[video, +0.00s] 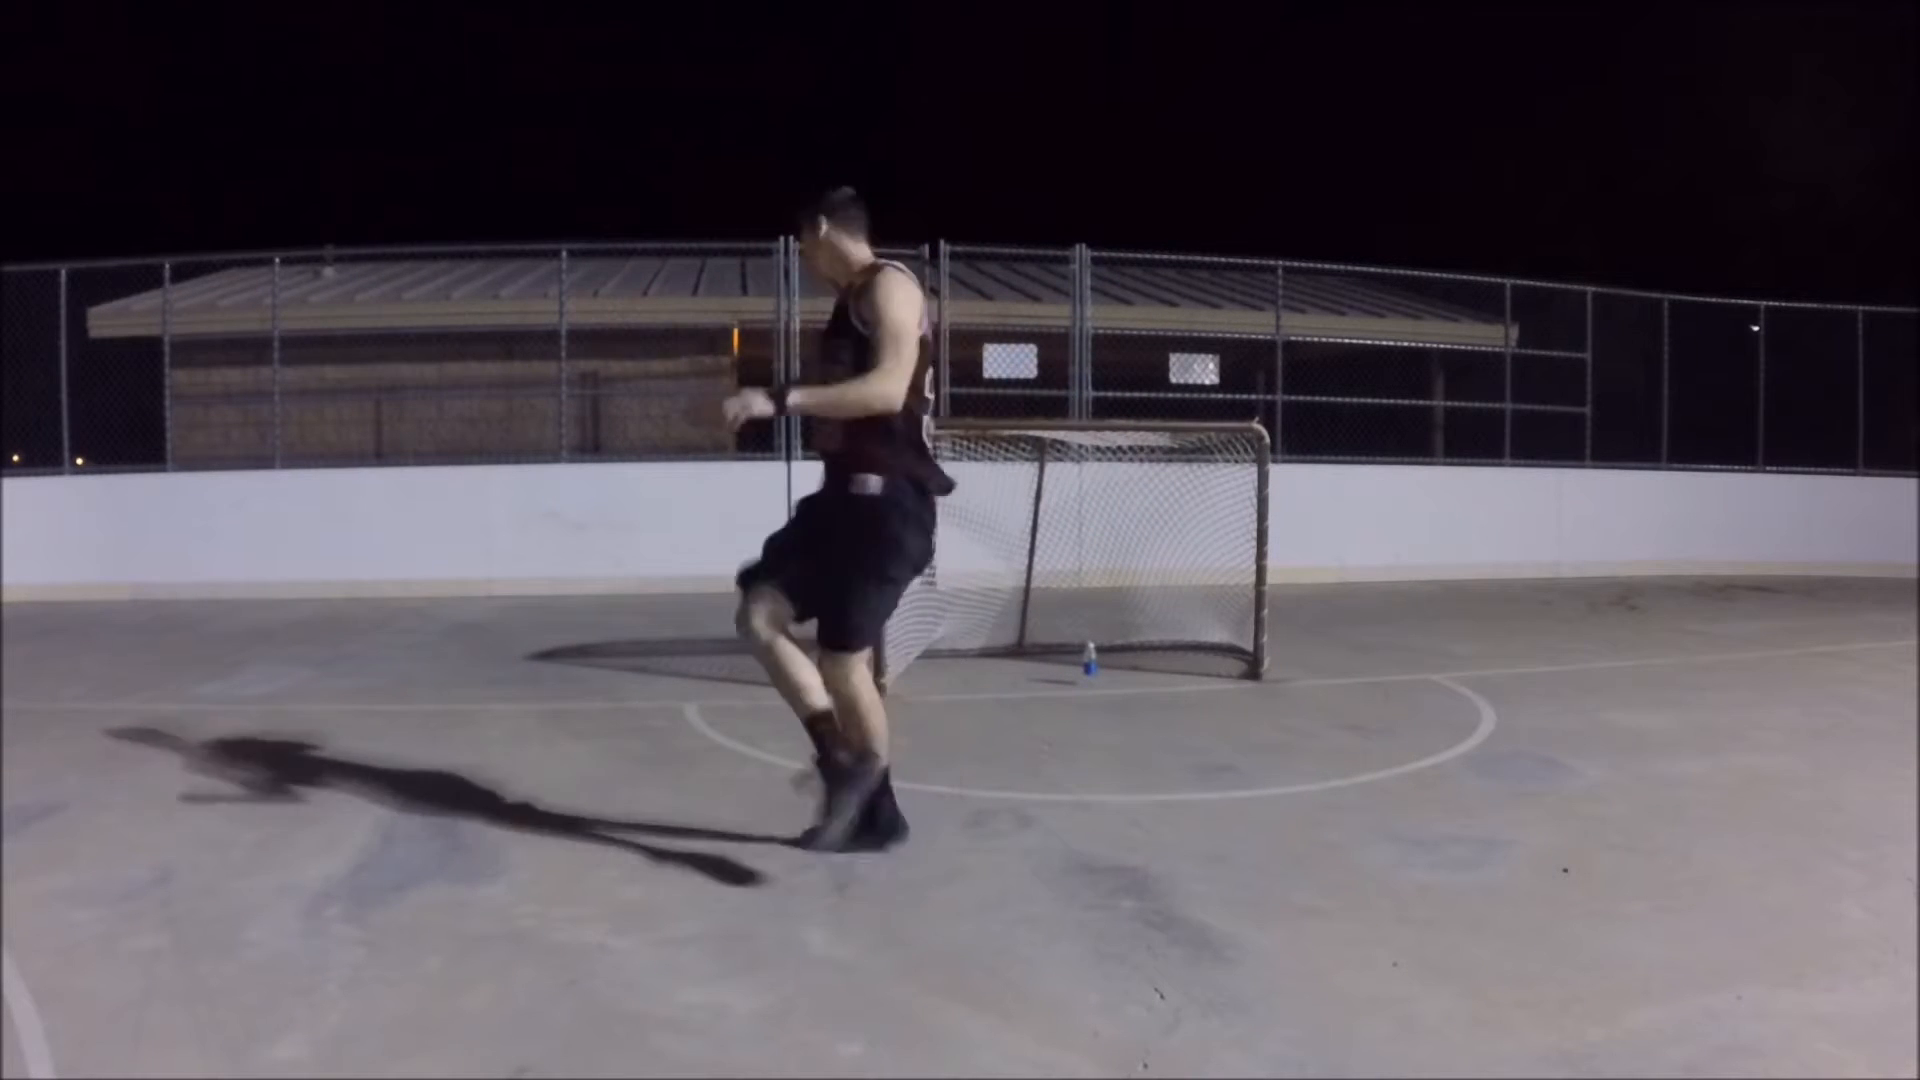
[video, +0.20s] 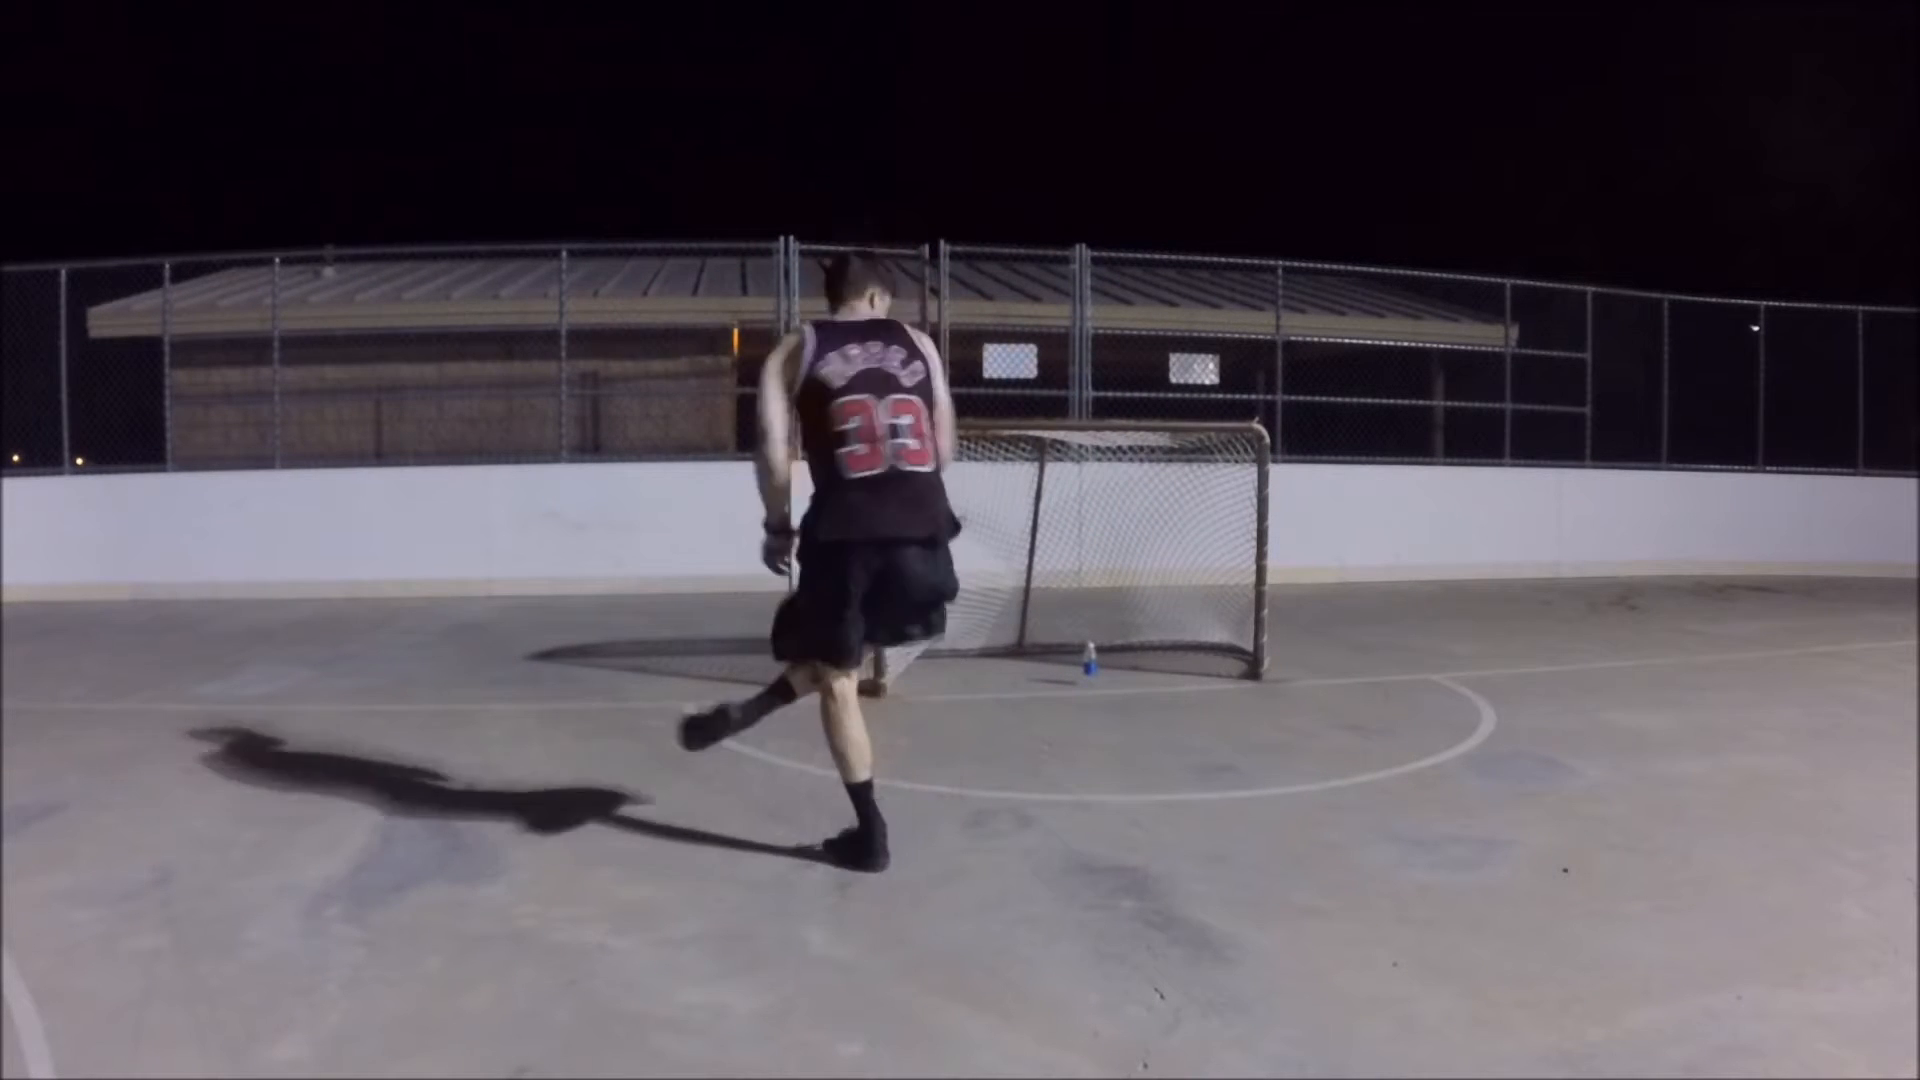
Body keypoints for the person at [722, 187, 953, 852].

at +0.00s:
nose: (806, 258)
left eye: (806, 243)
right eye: (804, 245)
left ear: (827, 233)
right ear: (845, 231)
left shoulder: (892, 287)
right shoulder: (853, 299)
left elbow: (887, 389)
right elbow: (867, 398)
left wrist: (782, 400)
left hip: (884, 506)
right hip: (843, 500)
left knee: (845, 663)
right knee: (761, 614)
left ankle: (878, 808)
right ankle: (840, 758)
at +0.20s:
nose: (892, 310)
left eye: (888, 305)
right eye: (891, 303)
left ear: (827, 300)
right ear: (878, 299)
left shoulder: (790, 353)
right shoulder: (920, 344)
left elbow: (777, 459)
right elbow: (944, 448)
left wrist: (777, 525)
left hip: (843, 544)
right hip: (922, 544)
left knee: (839, 684)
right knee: (839, 648)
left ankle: (870, 835)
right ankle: (736, 717)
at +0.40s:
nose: (935, 245)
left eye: (938, 233)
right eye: (924, 232)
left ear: (900, 239)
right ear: (890, 231)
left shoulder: (857, 282)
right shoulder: (883, 269)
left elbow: (834, 395)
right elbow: (874, 361)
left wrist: (905, 421)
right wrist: (921, 366)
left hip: (806, 476)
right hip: (844, 473)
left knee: (848, 633)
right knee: (929, 605)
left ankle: (828, 794)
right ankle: (896, 734)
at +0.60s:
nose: (897, 257)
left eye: (906, 244)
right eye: (885, 246)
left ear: (921, 245)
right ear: (863, 247)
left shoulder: (920, 313)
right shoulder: (823, 302)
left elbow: (932, 362)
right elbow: (770, 393)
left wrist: (997, 395)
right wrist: (840, 418)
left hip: (884, 492)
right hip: (816, 493)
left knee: (857, 636)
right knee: (874, 626)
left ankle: (842, 775)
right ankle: (956, 781)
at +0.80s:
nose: (855, 279)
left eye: (866, 263)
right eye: (841, 266)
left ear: (884, 252)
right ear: (823, 262)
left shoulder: (921, 304)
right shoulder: (797, 321)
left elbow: (1003, 351)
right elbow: (737, 394)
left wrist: (1080, 360)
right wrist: (680, 442)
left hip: (902, 513)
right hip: (826, 513)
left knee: (875, 669)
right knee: (820, 655)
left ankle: (850, 773)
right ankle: (827, 810)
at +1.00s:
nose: (839, 281)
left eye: (846, 263)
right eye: (824, 270)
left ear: (870, 246)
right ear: (809, 267)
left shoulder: (930, 300)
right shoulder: (807, 326)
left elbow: (1031, 320)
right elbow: (718, 345)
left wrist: (1061, 297)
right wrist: (632, 318)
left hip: (922, 517)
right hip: (839, 520)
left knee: (914, 656)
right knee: (807, 670)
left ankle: (961, 670)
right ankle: (771, 820)